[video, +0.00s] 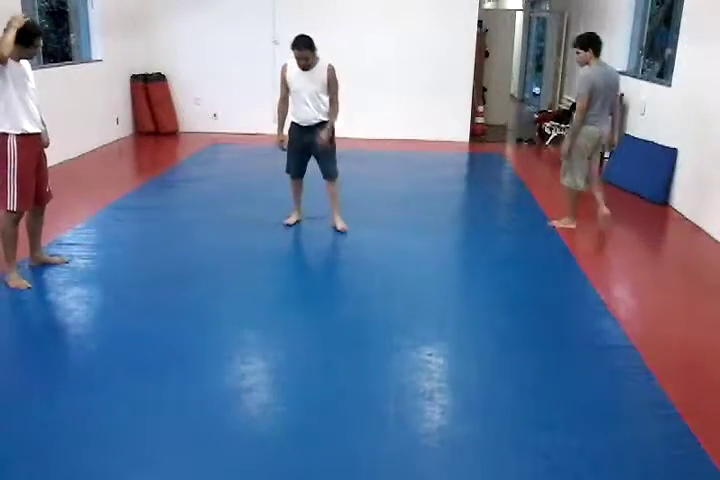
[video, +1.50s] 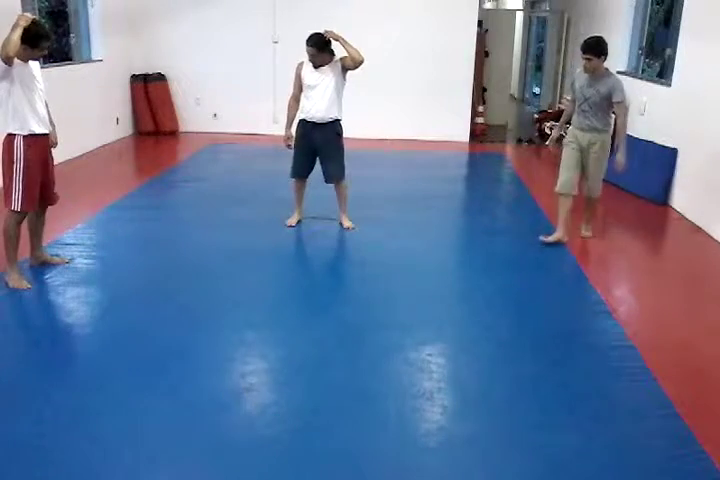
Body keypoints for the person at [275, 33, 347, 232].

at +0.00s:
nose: (302, 62)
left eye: (306, 58)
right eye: (298, 58)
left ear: (314, 53)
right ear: (293, 54)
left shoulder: (327, 70)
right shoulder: (287, 70)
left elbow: (334, 101)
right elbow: (284, 100)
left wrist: (329, 127)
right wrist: (280, 130)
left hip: (321, 127)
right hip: (297, 127)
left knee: (331, 175)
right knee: (295, 174)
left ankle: (336, 216)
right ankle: (296, 211)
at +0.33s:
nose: (306, 62)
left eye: (310, 58)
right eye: (304, 57)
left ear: (320, 54)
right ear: (300, 54)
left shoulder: (332, 66)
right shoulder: (295, 70)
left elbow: (343, 94)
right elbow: (289, 99)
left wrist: (332, 76)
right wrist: (282, 128)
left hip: (327, 126)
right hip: (302, 126)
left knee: (336, 175)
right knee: (296, 173)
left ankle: (344, 213)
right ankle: (297, 211)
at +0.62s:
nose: (317, 62)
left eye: (321, 59)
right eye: (315, 58)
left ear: (332, 55)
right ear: (313, 53)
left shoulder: (343, 64)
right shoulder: (307, 68)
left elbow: (359, 67)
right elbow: (300, 99)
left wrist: (342, 42)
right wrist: (294, 130)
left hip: (336, 127)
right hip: (311, 126)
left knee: (344, 176)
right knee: (303, 174)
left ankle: (344, 213)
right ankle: (299, 211)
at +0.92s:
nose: (318, 60)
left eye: (322, 58)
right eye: (317, 56)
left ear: (334, 55)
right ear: (315, 52)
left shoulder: (345, 64)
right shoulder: (308, 67)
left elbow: (365, 63)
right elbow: (301, 100)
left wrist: (346, 40)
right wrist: (296, 131)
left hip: (337, 127)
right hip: (313, 126)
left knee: (343, 176)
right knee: (304, 174)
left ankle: (344, 214)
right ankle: (298, 211)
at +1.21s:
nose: (314, 59)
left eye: (318, 57)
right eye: (313, 55)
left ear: (331, 54)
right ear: (311, 52)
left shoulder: (342, 65)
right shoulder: (305, 67)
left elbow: (362, 60)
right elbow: (297, 98)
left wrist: (341, 37)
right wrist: (290, 128)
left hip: (333, 127)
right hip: (308, 126)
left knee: (340, 176)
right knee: (301, 174)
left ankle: (343, 214)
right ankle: (297, 211)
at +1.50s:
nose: (309, 57)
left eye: (312, 54)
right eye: (308, 54)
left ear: (324, 52)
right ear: (308, 51)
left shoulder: (339, 65)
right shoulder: (303, 67)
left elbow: (358, 60)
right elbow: (295, 98)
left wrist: (339, 39)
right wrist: (288, 129)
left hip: (330, 127)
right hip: (305, 126)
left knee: (338, 176)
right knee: (299, 175)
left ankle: (343, 215)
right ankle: (298, 212)